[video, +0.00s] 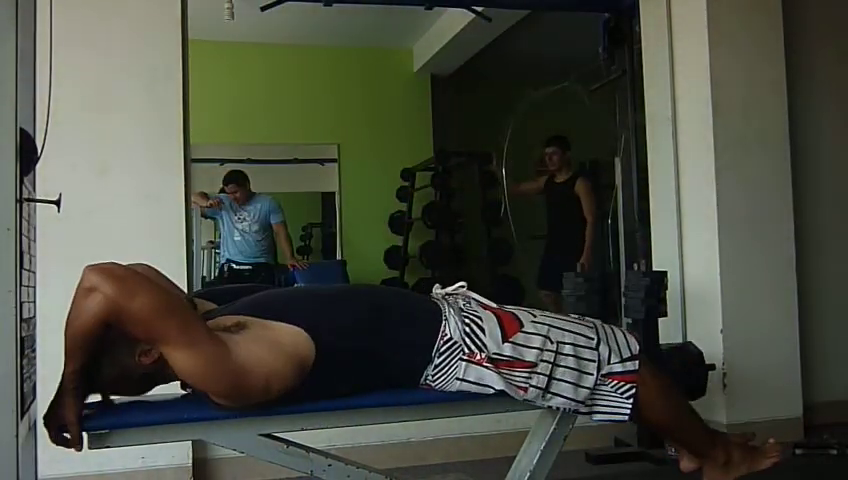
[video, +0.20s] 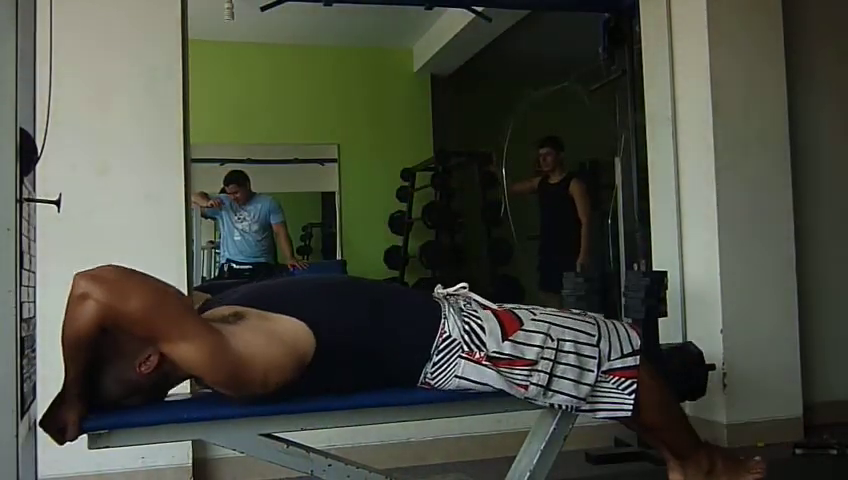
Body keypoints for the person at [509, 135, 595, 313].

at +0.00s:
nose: (549, 159)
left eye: (553, 154)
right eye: (547, 155)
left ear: (565, 155)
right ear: (544, 157)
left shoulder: (579, 183)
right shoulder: (547, 182)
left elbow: (591, 220)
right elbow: (517, 188)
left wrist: (586, 255)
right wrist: (499, 174)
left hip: (574, 247)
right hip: (553, 246)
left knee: (571, 293)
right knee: (547, 292)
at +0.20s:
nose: (542, 160)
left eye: (547, 154)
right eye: (540, 155)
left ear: (559, 156)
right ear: (538, 158)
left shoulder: (573, 184)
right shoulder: (540, 183)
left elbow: (585, 221)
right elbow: (511, 189)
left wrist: (583, 255)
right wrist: (497, 174)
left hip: (569, 252)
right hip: (547, 251)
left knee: (570, 301)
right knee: (549, 298)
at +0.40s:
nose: (533, 162)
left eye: (538, 157)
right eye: (531, 158)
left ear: (549, 158)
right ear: (529, 161)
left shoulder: (566, 185)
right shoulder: (533, 185)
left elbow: (578, 222)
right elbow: (507, 190)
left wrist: (572, 256)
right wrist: (494, 173)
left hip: (562, 251)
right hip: (541, 251)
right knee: (541, 296)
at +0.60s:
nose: (527, 165)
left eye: (531, 160)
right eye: (524, 161)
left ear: (543, 159)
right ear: (522, 164)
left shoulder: (562, 184)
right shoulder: (528, 187)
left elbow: (574, 219)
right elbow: (501, 191)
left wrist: (568, 252)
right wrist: (490, 169)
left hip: (559, 250)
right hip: (538, 250)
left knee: (561, 298)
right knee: (542, 297)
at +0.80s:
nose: (528, 164)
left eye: (532, 159)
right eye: (525, 161)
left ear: (543, 159)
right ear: (523, 163)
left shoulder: (563, 185)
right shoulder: (528, 188)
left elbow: (575, 219)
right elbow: (501, 191)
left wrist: (569, 253)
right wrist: (489, 168)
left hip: (559, 250)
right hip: (537, 250)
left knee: (561, 298)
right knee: (542, 297)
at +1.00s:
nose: (532, 162)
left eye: (536, 157)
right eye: (529, 158)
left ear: (548, 157)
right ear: (528, 161)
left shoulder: (565, 183)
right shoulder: (530, 186)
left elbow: (577, 220)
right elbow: (500, 190)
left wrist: (572, 253)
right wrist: (489, 167)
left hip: (561, 251)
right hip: (538, 250)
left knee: (563, 300)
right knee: (544, 300)